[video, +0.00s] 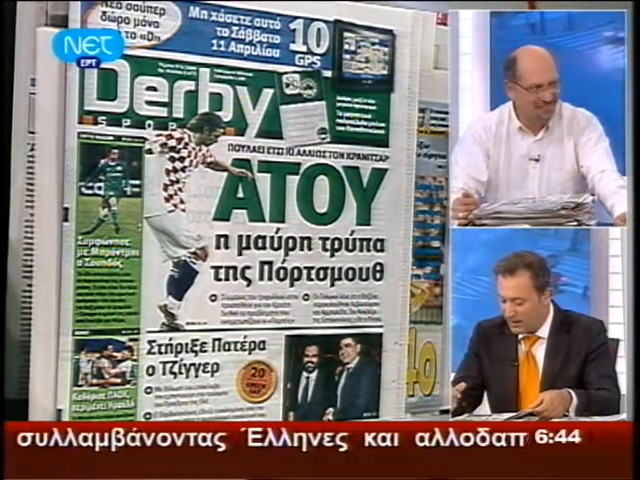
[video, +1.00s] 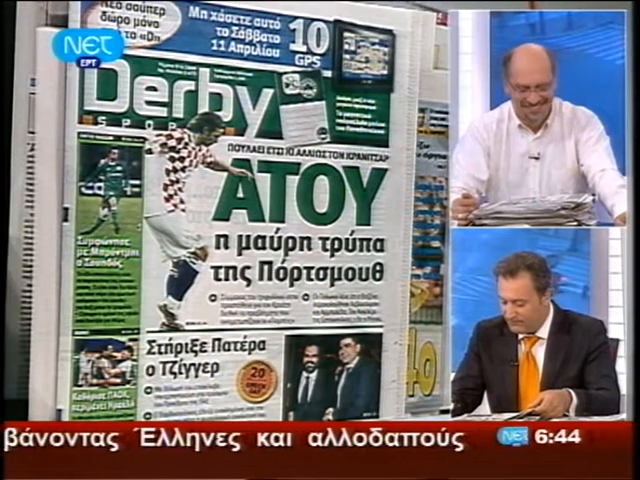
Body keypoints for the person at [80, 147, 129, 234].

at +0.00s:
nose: (115, 156)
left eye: (116, 154)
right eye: (113, 154)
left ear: (118, 155)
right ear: (109, 154)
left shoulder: (122, 165)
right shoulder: (104, 165)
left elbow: (126, 177)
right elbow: (95, 174)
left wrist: (127, 187)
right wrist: (85, 182)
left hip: (118, 190)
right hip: (108, 189)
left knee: (105, 213)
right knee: (113, 205)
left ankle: (91, 230)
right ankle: (116, 225)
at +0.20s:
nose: (115, 156)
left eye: (116, 154)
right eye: (113, 154)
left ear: (118, 155)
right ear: (109, 154)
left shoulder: (122, 165)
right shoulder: (104, 165)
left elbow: (126, 177)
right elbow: (95, 174)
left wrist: (127, 187)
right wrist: (85, 182)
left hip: (118, 190)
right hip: (108, 189)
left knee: (105, 213)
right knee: (113, 205)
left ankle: (91, 230)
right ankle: (116, 225)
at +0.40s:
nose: (115, 156)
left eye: (116, 154)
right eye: (113, 154)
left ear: (118, 155)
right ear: (109, 154)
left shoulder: (122, 165)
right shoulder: (104, 165)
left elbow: (126, 177)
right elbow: (95, 174)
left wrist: (127, 187)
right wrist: (86, 182)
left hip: (118, 190)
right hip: (108, 189)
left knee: (105, 213)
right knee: (113, 205)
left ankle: (91, 230)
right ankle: (116, 225)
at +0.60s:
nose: (115, 156)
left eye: (116, 154)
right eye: (113, 154)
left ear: (118, 155)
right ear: (109, 154)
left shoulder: (122, 165)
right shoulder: (104, 165)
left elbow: (126, 177)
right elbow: (95, 174)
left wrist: (127, 187)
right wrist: (86, 182)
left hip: (118, 190)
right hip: (108, 189)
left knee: (105, 213)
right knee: (113, 205)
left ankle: (91, 230)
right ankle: (116, 225)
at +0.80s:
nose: (115, 156)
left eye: (116, 154)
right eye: (113, 153)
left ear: (118, 155)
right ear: (109, 154)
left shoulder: (121, 166)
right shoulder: (104, 165)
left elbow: (126, 177)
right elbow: (95, 174)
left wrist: (127, 187)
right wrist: (86, 182)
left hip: (118, 190)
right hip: (108, 189)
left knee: (105, 213)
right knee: (114, 207)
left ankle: (91, 230)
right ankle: (117, 226)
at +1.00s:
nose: (115, 156)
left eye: (116, 154)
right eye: (113, 153)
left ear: (118, 155)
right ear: (109, 154)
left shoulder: (121, 166)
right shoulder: (104, 165)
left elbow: (126, 177)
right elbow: (95, 174)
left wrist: (127, 187)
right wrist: (86, 182)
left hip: (118, 190)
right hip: (108, 189)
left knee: (105, 213)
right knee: (114, 206)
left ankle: (91, 230)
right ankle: (116, 226)